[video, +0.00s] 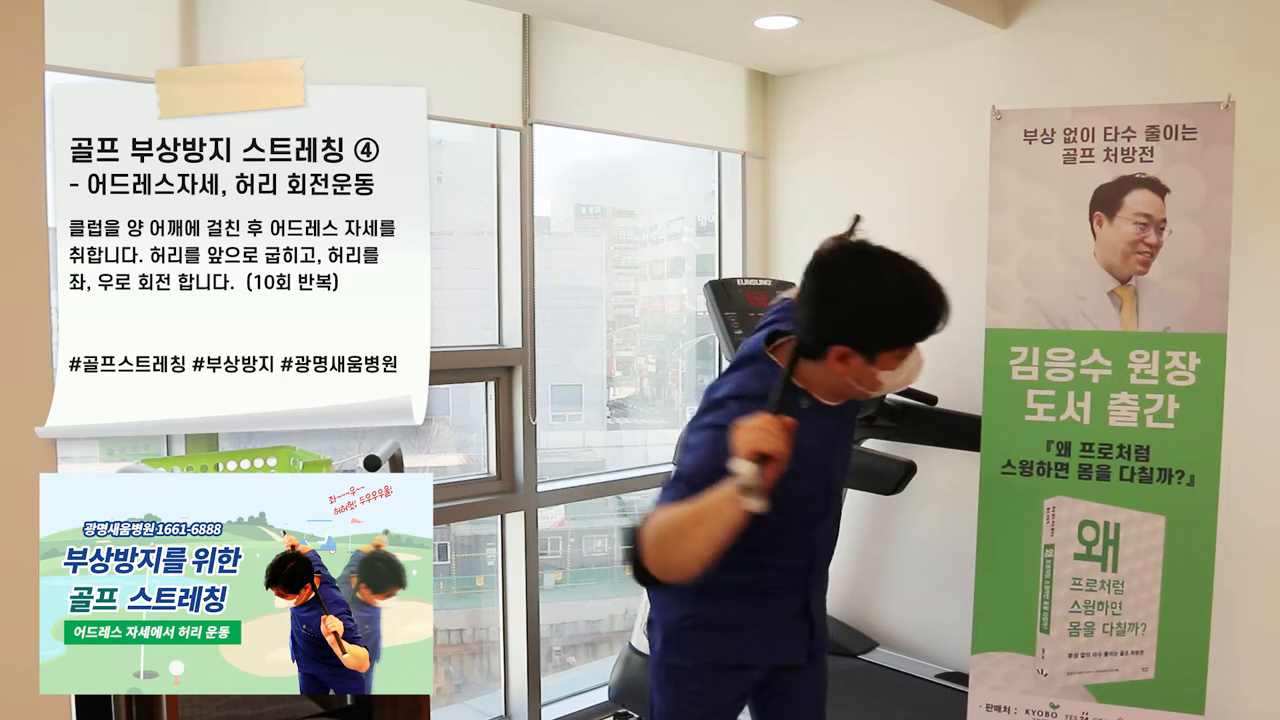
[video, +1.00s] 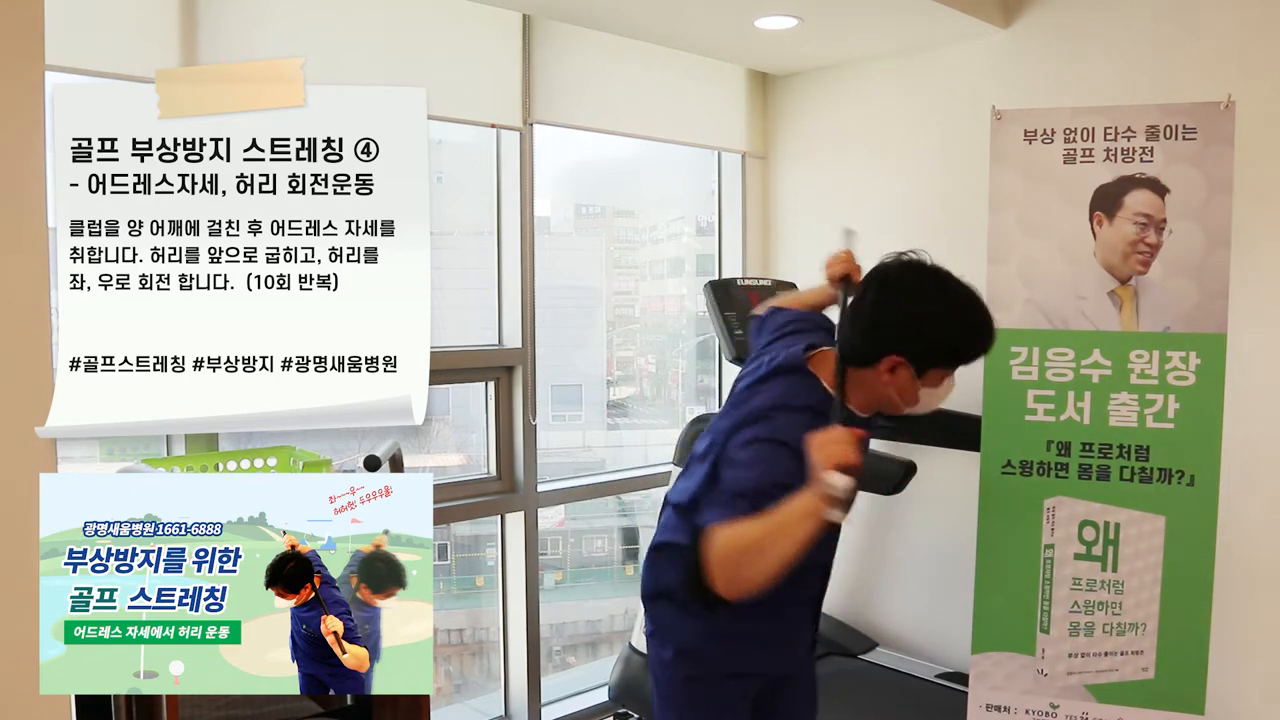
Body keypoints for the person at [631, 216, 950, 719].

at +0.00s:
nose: (898, 374)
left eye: (903, 361)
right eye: (892, 364)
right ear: (844, 360)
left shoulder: (813, 331)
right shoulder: (740, 408)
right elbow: (659, 561)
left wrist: (883, 372)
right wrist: (744, 488)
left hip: (796, 629)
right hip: (704, 644)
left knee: (799, 712)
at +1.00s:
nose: (941, 388)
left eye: (945, 378)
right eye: (938, 378)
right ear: (893, 372)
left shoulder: (805, 337)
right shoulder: (778, 426)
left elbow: (769, 310)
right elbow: (728, 576)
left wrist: (830, 290)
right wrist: (822, 494)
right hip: (710, 651)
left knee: (791, 710)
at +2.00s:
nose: (606, 428)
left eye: (622, 420)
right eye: (598, 415)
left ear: (686, 395)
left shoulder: (756, 454)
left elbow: (853, 597)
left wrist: (795, 529)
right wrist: (612, 294)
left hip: (756, 628)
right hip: (651, 614)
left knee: (780, 711)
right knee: (649, 713)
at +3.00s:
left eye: (733, 441)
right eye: (690, 456)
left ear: (750, 409)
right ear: (658, 428)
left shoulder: (801, 409)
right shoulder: (608, 420)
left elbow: (907, 435)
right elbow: (510, 450)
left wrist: (889, 405)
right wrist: (521, 422)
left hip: (780, 624)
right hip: (664, 631)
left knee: (794, 711)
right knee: (659, 711)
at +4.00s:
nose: (933, 402)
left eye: (941, 392)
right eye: (938, 393)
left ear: (860, 334)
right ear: (912, 403)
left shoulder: (786, 344)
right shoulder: (810, 478)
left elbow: (734, 311)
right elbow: (794, 629)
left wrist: (793, 285)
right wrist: (874, 542)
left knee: (795, 709)